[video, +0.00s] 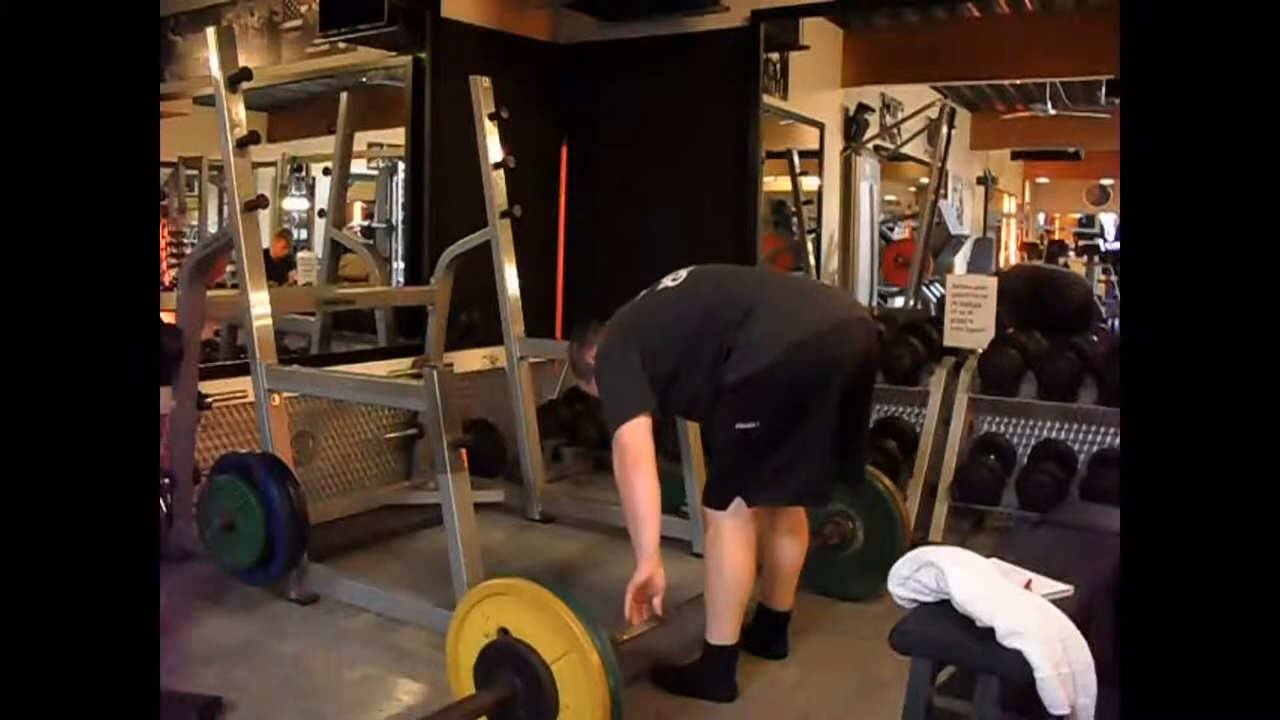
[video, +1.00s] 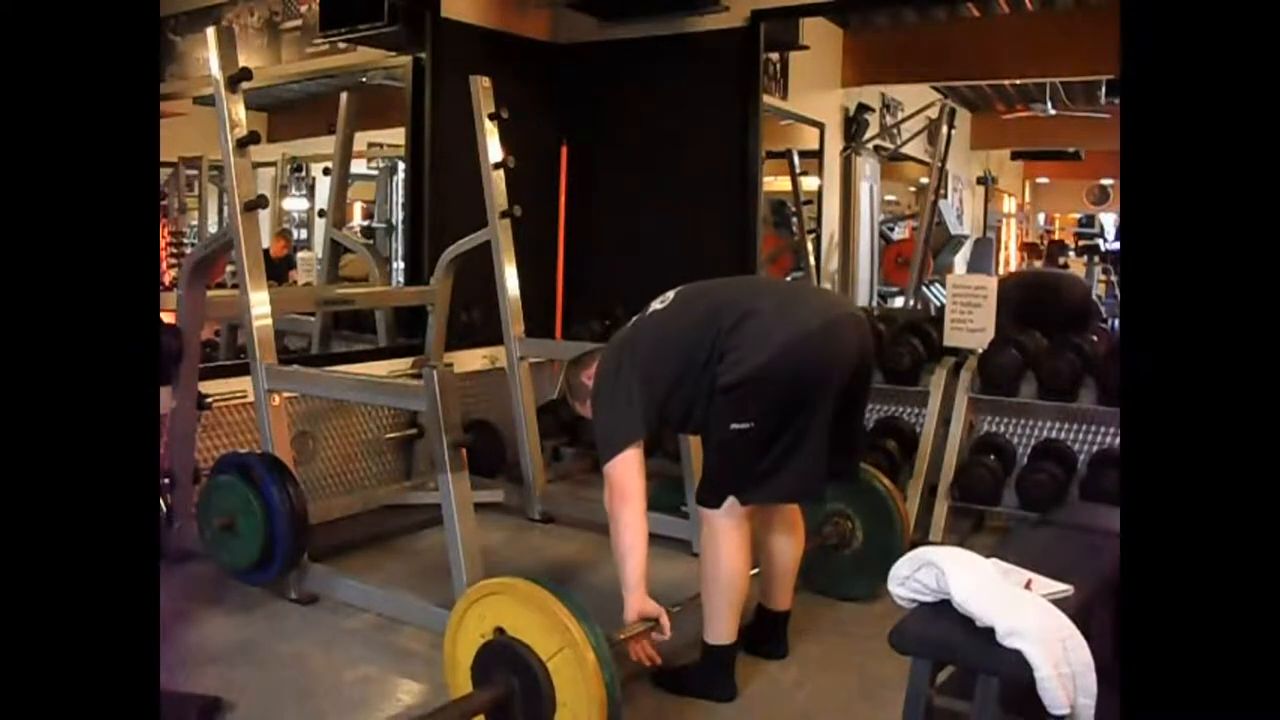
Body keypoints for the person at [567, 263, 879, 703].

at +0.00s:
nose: (606, 399)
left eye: (595, 390)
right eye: (597, 393)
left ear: (594, 361)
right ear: (607, 336)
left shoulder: (617, 350)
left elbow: (634, 450)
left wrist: (647, 559)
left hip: (776, 354)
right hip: (851, 336)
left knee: (728, 506)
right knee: (785, 497)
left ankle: (716, 670)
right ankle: (772, 630)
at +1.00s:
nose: (601, 422)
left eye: (592, 414)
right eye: (592, 417)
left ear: (592, 381)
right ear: (597, 364)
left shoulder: (615, 376)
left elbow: (625, 493)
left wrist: (634, 593)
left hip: (769, 354)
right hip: (844, 334)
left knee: (722, 506)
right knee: (777, 495)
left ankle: (715, 671)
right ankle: (771, 631)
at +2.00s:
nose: (624, 342)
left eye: (617, 330)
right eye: (617, 333)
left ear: (628, 310)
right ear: (667, 296)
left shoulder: (657, 351)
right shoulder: (727, 317)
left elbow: (644, 466)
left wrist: (631, 578)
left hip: (808, 447)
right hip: (883, 435)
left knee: (684, 516)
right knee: (754, 506)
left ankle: (712, 670)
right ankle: (767, 631)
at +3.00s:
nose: (725, 64)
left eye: (729, 50)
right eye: (726, 50)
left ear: (757, 50)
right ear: (791, 54)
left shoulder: (743, 127)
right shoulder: (825, 133)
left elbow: (695, 243)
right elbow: (803, 250)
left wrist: (650, 338)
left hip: (738, 343)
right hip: (808, 340)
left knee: (722, 502)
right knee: (772, 487)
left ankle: (714, 668)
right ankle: (771, 631)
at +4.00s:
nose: (711, 85)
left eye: (711, 69)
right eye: (709, 71)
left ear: (736, 58)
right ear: (773, 56)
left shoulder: (744, 132)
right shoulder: (814, 126)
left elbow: (709, 249)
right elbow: (801, 247)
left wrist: (665, 345)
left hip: (749, 343)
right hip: (812, 338)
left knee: (728, 506)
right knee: (779, 492)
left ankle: (715, 668)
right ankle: (772, 631)